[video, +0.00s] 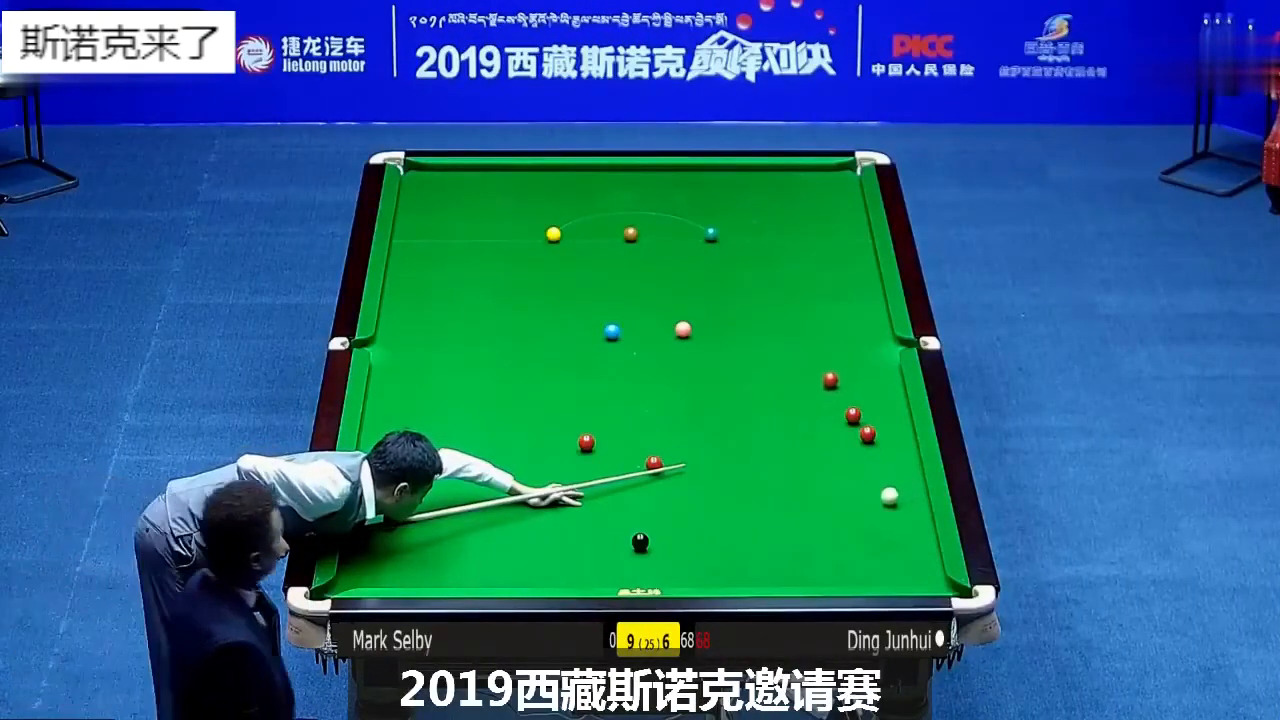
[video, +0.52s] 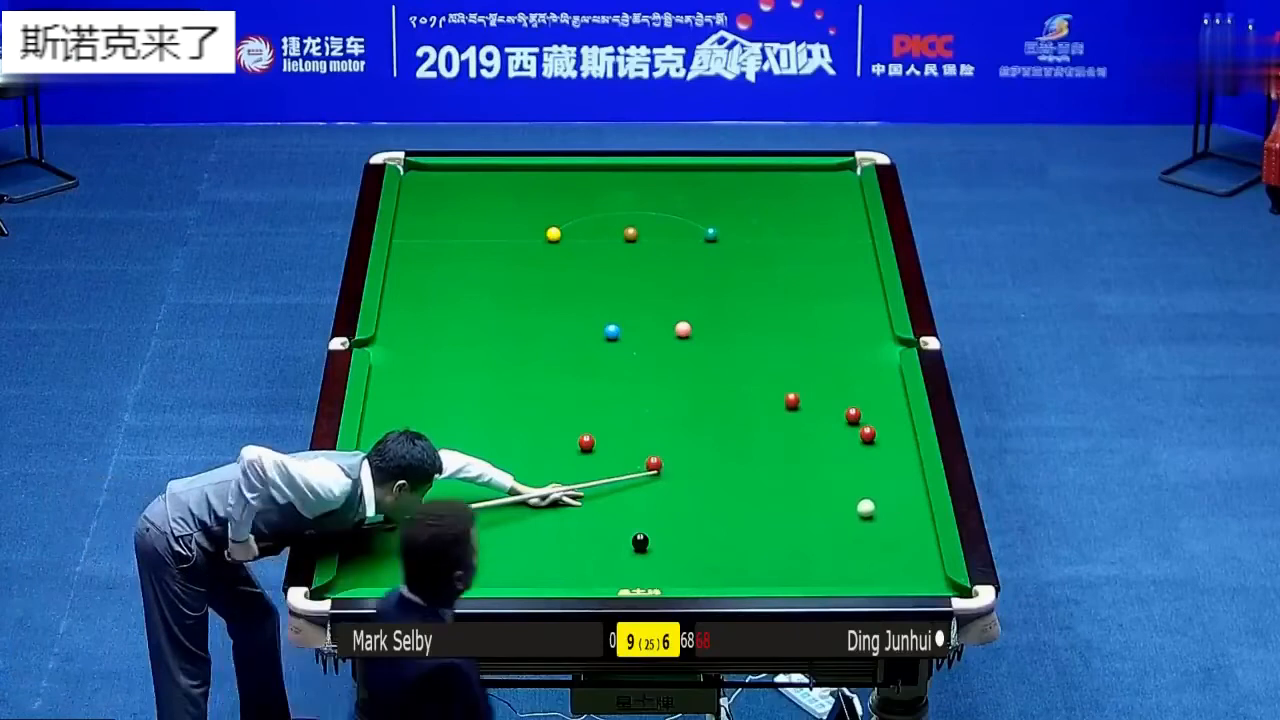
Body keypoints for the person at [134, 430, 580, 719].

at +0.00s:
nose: (420, 503)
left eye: (423, 493)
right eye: (419, 495)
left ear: (396, 474)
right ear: (399, 489)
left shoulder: (378, 470)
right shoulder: (331, 490)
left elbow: (454, 462)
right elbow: (252, 469)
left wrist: (521, 489)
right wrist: (258, 563)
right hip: (177, 536)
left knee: (256, 641)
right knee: (213, 655)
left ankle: (269, 716)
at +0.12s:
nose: (422, 500)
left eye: (424, 491)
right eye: (422, 493)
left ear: (394, 472)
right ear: (402, 490)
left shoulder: (374, 469)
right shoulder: (331, 492)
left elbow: (455, 463)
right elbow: (251, 466)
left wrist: (522, 489)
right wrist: (290, 552)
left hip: (204, 525)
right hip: (174, 538)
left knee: (227, 653)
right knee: (189, 673)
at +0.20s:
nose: (421, 501)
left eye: (424, 492)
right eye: (421, 494)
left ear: (394, 474)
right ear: (401, 490)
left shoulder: (374, 469)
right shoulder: (329, 493)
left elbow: (455, 462)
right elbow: (251, 466)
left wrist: (522, 489)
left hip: (217, 535)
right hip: (173, 538)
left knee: (263, 635)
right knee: (186, 676)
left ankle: (285, 715)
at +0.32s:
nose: (422, 498)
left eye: (424, 489)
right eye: (420, 491)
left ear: (397, 472)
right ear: (400, 488)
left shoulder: (379, 470)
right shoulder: (325, 489)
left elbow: (456, 463)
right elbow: (252, 468)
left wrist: (522, 489)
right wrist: (265, 535)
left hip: (213, 536)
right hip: (172, 536)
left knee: (259, 632)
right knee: (186, 673)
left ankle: (269, 719)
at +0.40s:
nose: (422, 494)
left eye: (425, 483)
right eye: (420, 486)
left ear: (400, 462)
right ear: (400, 479)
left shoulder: (376, 468)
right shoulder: (333, 488)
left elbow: (456, 464)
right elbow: (253, 463)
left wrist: (524, 490)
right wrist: (255, 537)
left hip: (209, 538)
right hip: (173, 537)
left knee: (257, 624)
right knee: (187, 675)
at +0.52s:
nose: (421, 501)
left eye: (423, 492)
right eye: (418, 493)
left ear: (397, 474)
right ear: (396, 485)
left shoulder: (378, 472)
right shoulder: (331, 488)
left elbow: (453, 463)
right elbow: (255, 459)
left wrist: (522, 489)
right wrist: (243, 535)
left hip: (207, 538)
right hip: (173, 537)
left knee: (256, 623)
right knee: (186, 676)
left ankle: (267, 718)